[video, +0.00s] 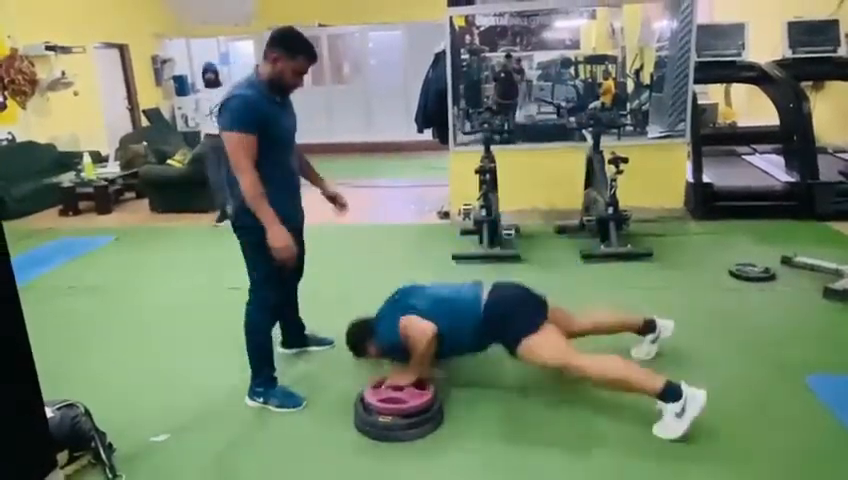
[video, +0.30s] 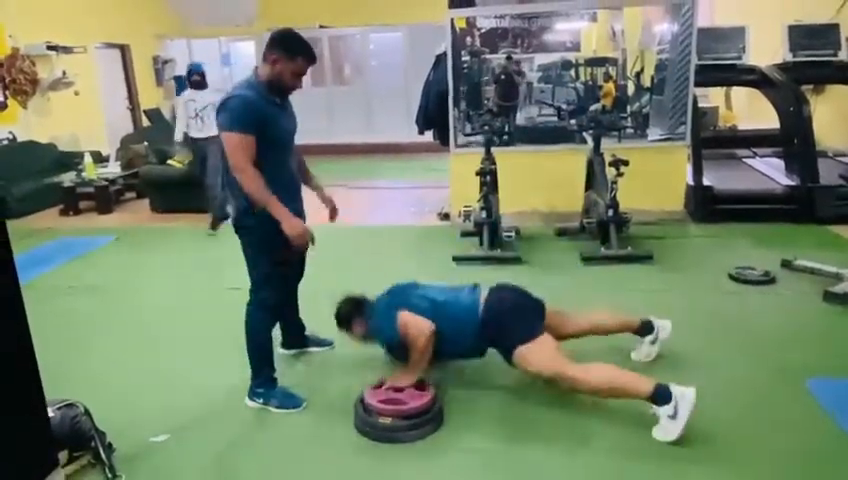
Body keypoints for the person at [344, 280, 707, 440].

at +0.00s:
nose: (374, 360)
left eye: (370, 356)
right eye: (370, 357)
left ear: (371, 343)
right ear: (373, 324)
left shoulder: (391, 327)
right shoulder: (398, 299)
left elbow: (427, 332)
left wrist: (416, 372)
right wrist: (419, 358)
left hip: (503, 317)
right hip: (504, 292)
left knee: (574, 363)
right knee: (574, 325)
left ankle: (675, 395)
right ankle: (651, 326)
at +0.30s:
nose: (357, 337)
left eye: (353, 333)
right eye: (354, 332)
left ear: (356, 326)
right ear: (363, 306)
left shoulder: (386, 320)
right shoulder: (394, 295)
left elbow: (426, 333)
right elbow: (428, 324)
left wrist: (410, 374)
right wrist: (410, 358)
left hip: (499, 322)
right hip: (501, 295)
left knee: (570, 374)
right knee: (570, 325)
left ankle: (666, 397)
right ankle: (648, 326)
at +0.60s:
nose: (379, 278)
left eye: (375, 272)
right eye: (375, 273)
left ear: (379, 262)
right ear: (385, 244)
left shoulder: (410, 270)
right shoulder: (421, 242)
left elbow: (420, 329)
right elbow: (429, 307)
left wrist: (415, 373)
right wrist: (418, 336)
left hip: (490, 343)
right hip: (497, 319)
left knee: (556, 386)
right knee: (558, 344)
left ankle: (654, 393)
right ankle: (638, 327)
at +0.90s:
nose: (395, 276)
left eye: (390, 271)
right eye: (391, 272)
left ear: (392, 258)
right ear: (397, 244)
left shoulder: (419, 255)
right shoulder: (425, 239)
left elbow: (423, 328)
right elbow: (432, 304)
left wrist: (415, 374)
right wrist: (420, 332)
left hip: (538, 266)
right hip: (538, 249)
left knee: (558, 360)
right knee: (573, 309)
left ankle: (653, 381)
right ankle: (644, 326)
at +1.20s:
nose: (460, 273)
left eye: (459, 267)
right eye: (457, 268)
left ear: (470, 257)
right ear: (475, 250)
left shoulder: (491, 269)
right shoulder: (495, 251)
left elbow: (460, 335)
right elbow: (469, 297)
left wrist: (420, 371)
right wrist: (434, 320)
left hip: (603, 306)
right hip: (600, 288)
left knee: (529, 331)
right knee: (531, 312)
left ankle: (594, 381)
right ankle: (588, 349)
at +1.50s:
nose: (482, 184)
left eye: (481, 176)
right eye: (479, 177)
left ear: (494, 167)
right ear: (501, 161)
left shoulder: (523, 186)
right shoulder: (526, 173)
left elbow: (538, 256)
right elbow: (536, 240)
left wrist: (513, 308)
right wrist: (521, 281)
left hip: (610, 248)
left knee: (543, 313)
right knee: (540, 290)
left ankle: (593, 382)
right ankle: (581, 350)